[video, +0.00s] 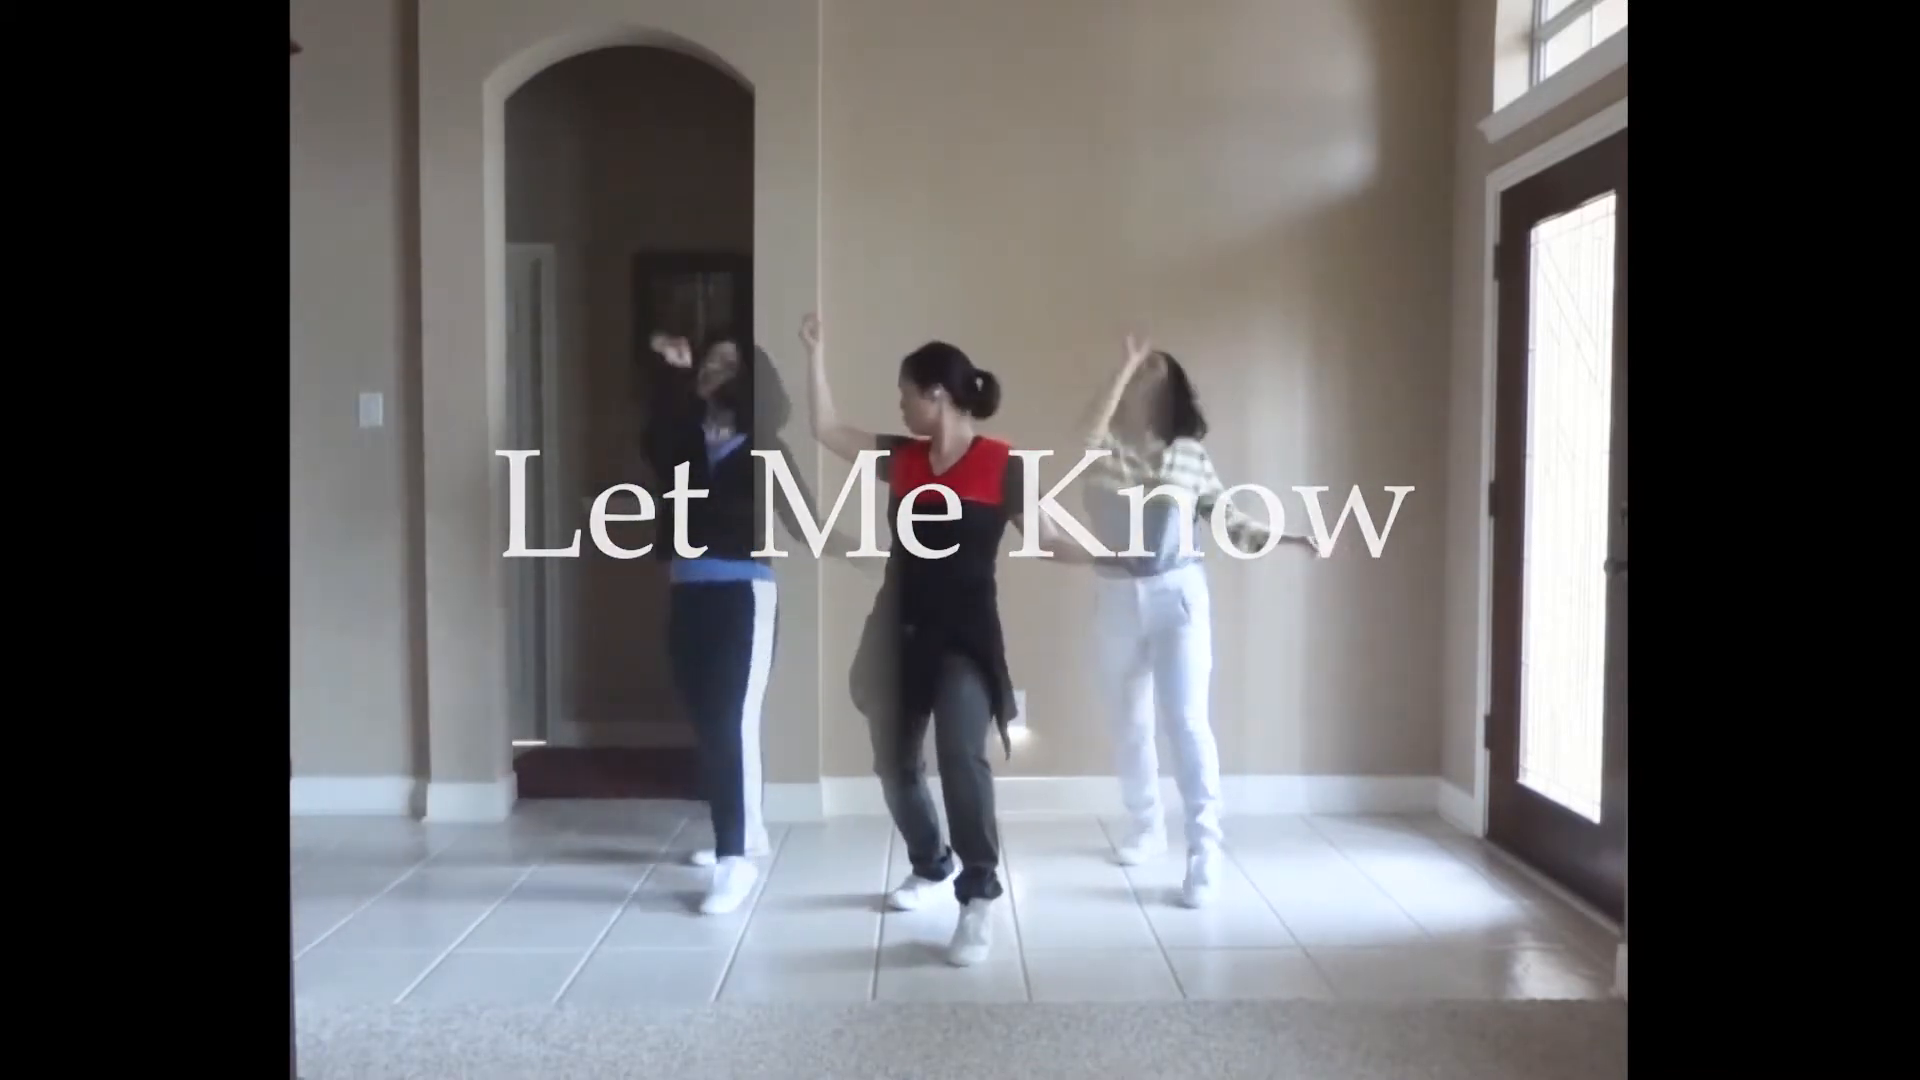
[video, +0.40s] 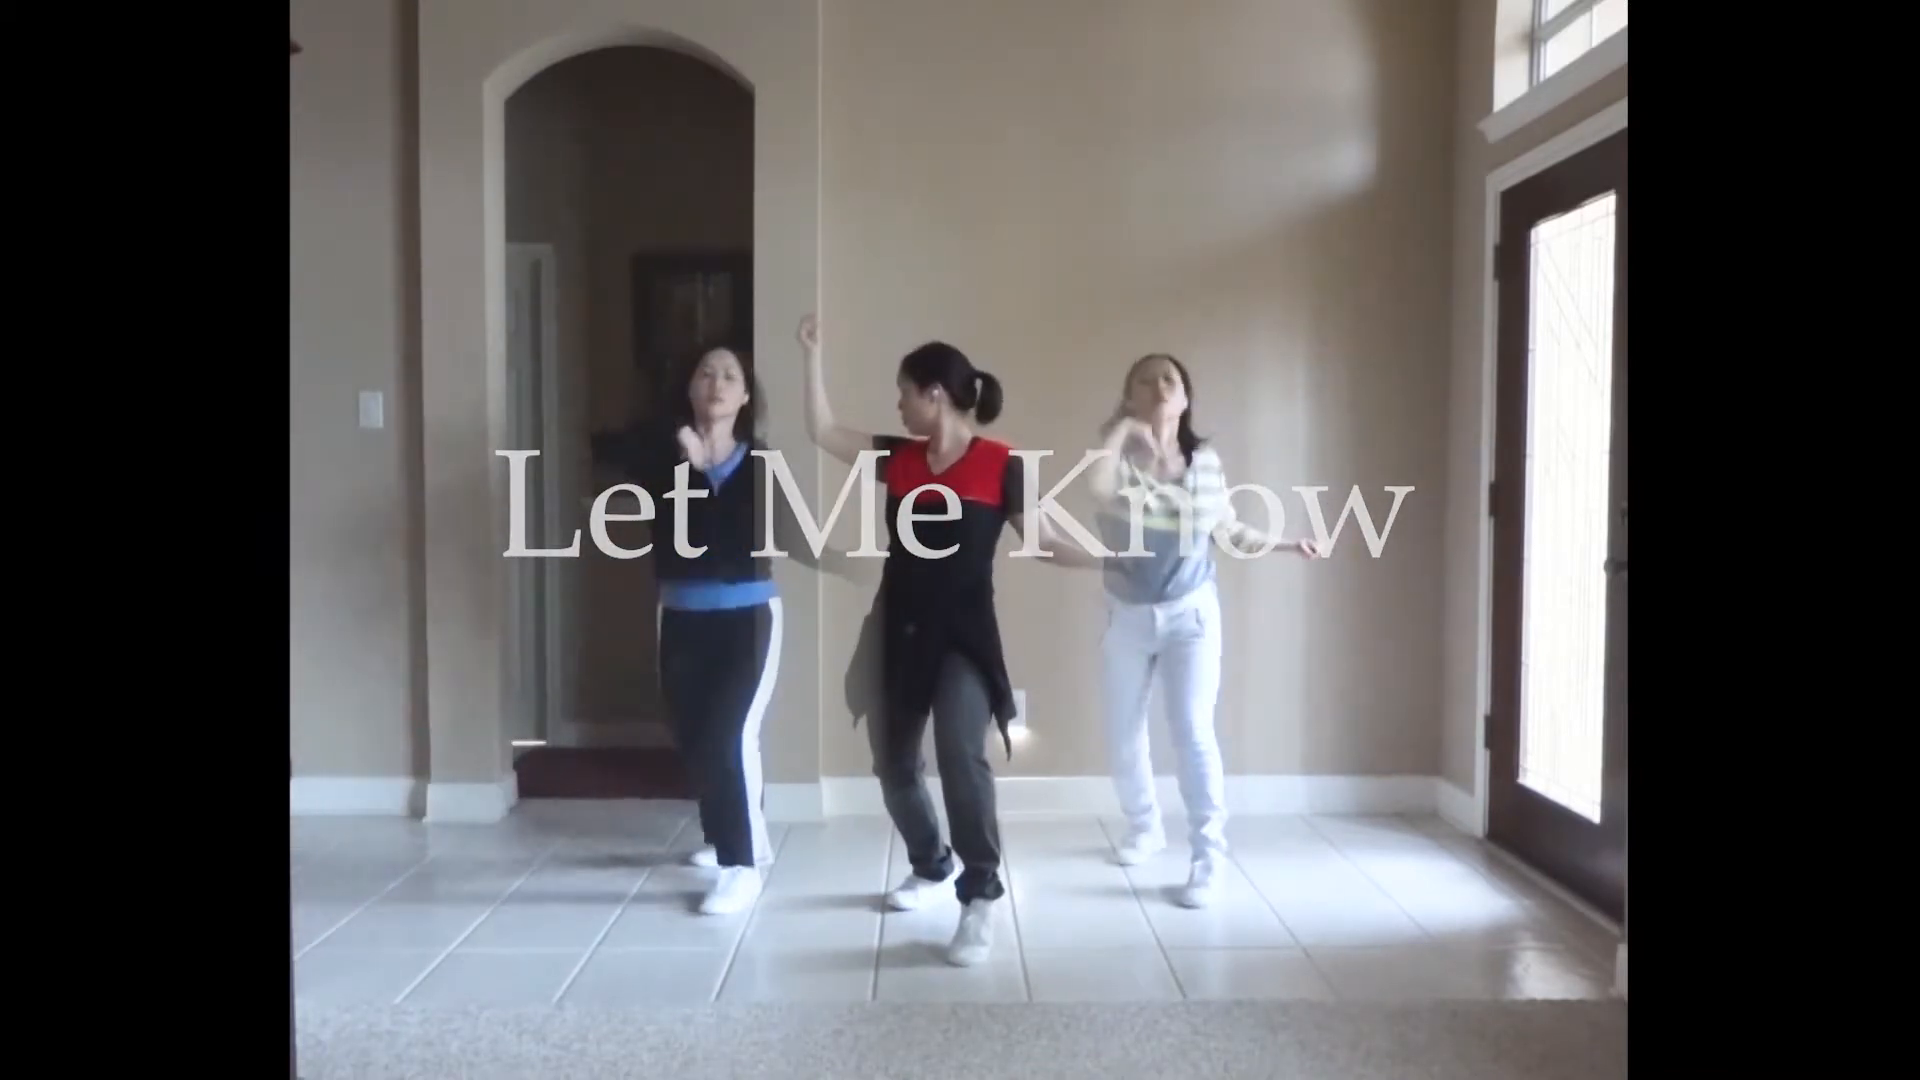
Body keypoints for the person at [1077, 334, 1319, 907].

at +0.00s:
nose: (1134, 384)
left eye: (1147, 378)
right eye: (1131, 378)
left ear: (1167, 397)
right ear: (1121, 391)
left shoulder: (1187, 456)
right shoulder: (1103, 451)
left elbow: (1229, 524)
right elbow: (1089, 437)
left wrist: (1294, 537)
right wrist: (1124, 370)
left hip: (1177, 595)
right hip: (1118, 598)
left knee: (1186, 722)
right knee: (1129, 723)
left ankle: (1204, 848)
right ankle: (1142, 824)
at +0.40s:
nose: (1158, 389)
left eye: (1168, 382)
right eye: (1146, 382)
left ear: (1185, 401)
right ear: (1127, 399)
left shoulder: (1203, 464)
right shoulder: (1113, 457)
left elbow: (1230, 537)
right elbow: (1095, 486)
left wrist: (1292, 543)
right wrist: (1119, 431)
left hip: (1190, 617)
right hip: (1127, 619)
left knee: (1193, 733)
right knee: (1123, 735)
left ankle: (1208, 854)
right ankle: (1142, 828)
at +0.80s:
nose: (1193, 530)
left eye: (1203, 520)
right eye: (1182, 518)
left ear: (1215, 520)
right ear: (1159, 516)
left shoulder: (1212, 566)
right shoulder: (1128, 564)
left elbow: (1231, 592)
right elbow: (1134, 632)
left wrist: (1276, 603)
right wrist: (1161, 686)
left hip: (1189, 648)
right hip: (1131, 659)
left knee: (1186, 735)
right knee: (1156, 784)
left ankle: (1209, 861)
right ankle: (1129, 829)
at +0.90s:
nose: (1199, 521)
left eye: (1209, 509)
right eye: (1189, 507)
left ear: (1220, 503)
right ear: (1164, 496)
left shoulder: (1213, 538)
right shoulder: (1124, 524)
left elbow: (1224, 578)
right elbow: (1126, 585)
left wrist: (1274, 592)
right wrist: (1153, 631)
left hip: (1184, 629)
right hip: (1123, 634)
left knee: (1182, 732)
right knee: (1142, 752)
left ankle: (1209, 859)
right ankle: (1127, 833)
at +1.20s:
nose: (1192, 434)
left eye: (1203, 424)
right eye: (1184, 419)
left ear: (1212, 428)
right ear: (1160, 412)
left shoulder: (1206, 474)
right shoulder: (1116, 461)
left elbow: (1224, 518)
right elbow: (1072, 520)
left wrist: (1275, 502)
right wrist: (1110, 577)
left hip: (1180, 612)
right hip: (1121, 614)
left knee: (1196, 730)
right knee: (1120, 731)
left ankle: (1193, 848)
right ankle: (1119, 829)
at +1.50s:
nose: (1178, 389)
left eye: (1189, 381)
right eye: (1167, 377)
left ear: (1196, 392)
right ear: (1142, 380)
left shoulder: (1208, 453)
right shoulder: (1113, 449)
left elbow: (1269, 469)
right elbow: (1071, 518)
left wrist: (1336, 485)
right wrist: (1093, 579)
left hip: (1196, 613)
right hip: (1144, 612)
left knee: (1195, 741)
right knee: (1174, 738)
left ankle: (1166, 846)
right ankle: (1105, 780)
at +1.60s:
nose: (1175, 398)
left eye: (1185, 390)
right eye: (1165, 386)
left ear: (1195, 401)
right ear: (1140, 389)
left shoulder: (1201, 460)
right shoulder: (1111, 454)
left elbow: (1251, 477)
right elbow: (1075, 526)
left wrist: (1305, 490)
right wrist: (1108, 589)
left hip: (1203, 617)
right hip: (1148, 618)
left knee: (1204, 734)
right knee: (1221, 731)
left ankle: (1164, 847)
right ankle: (1120, 727)